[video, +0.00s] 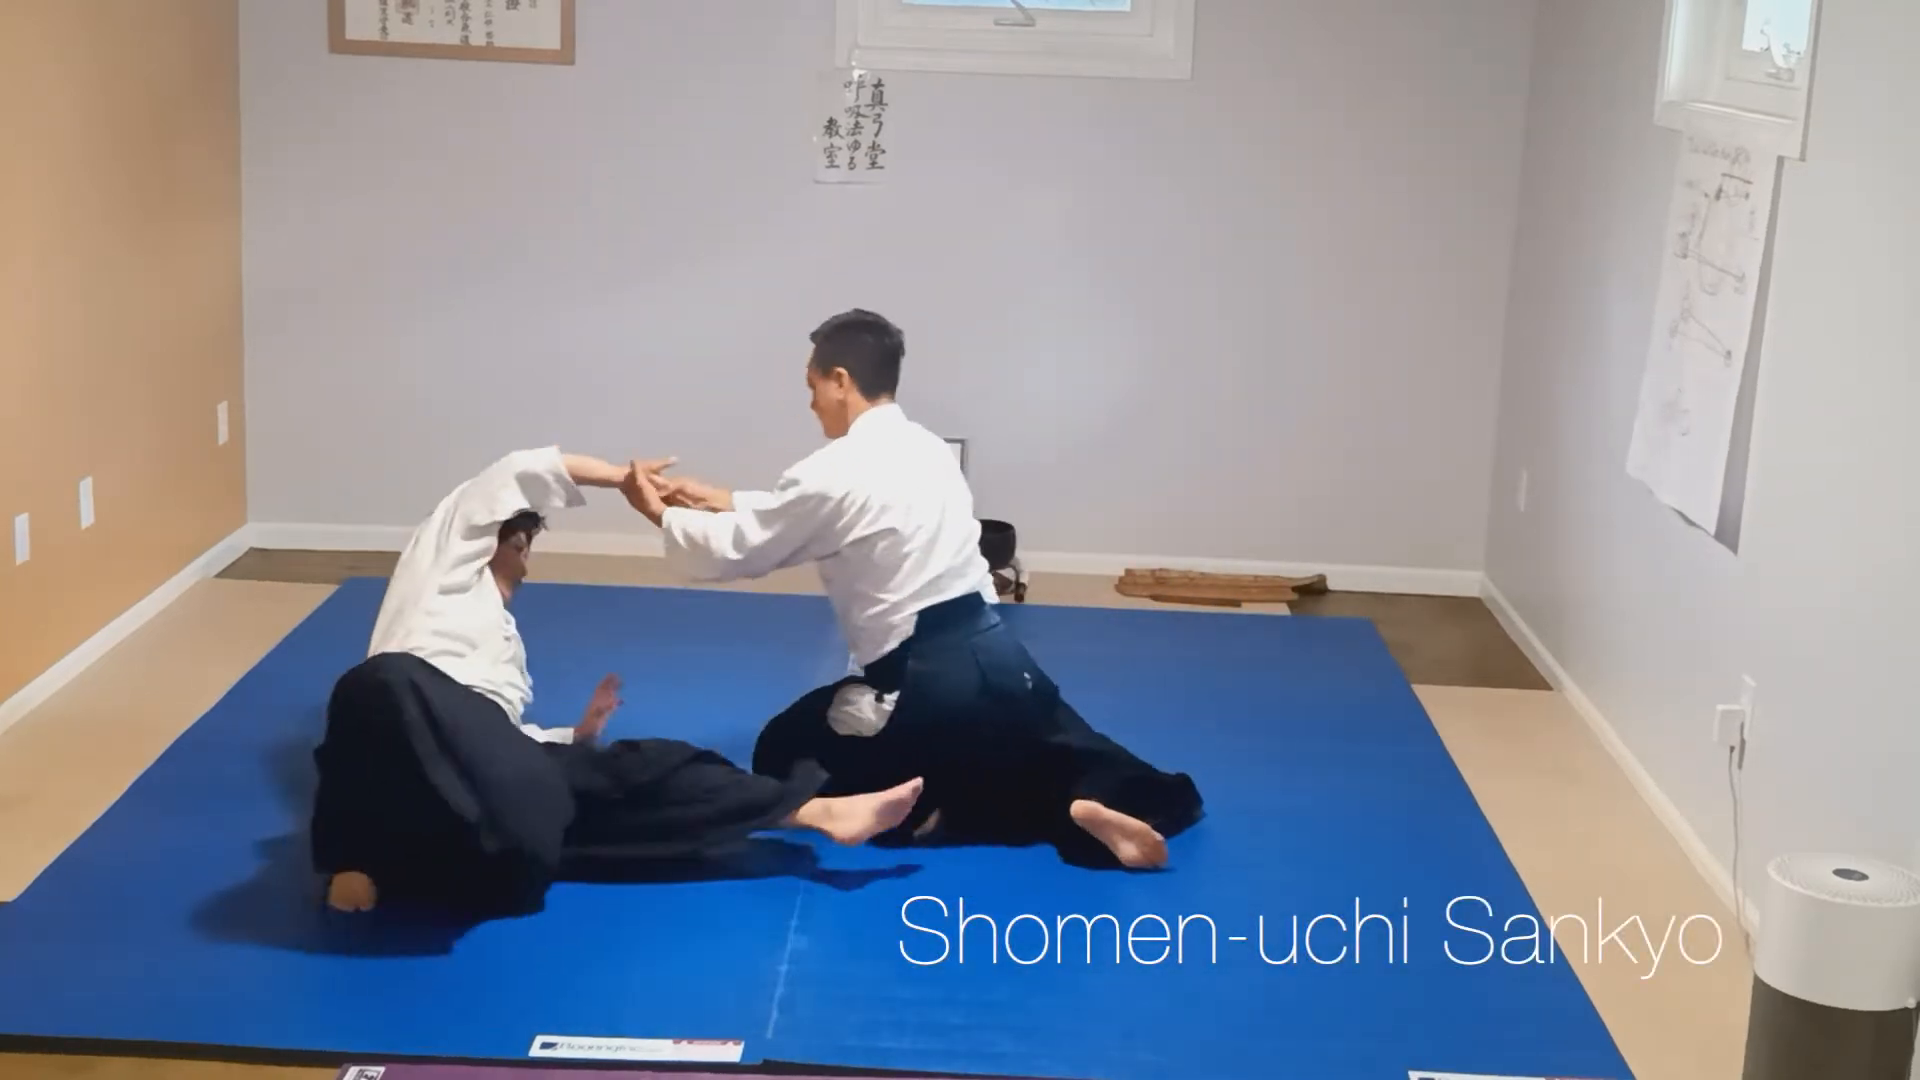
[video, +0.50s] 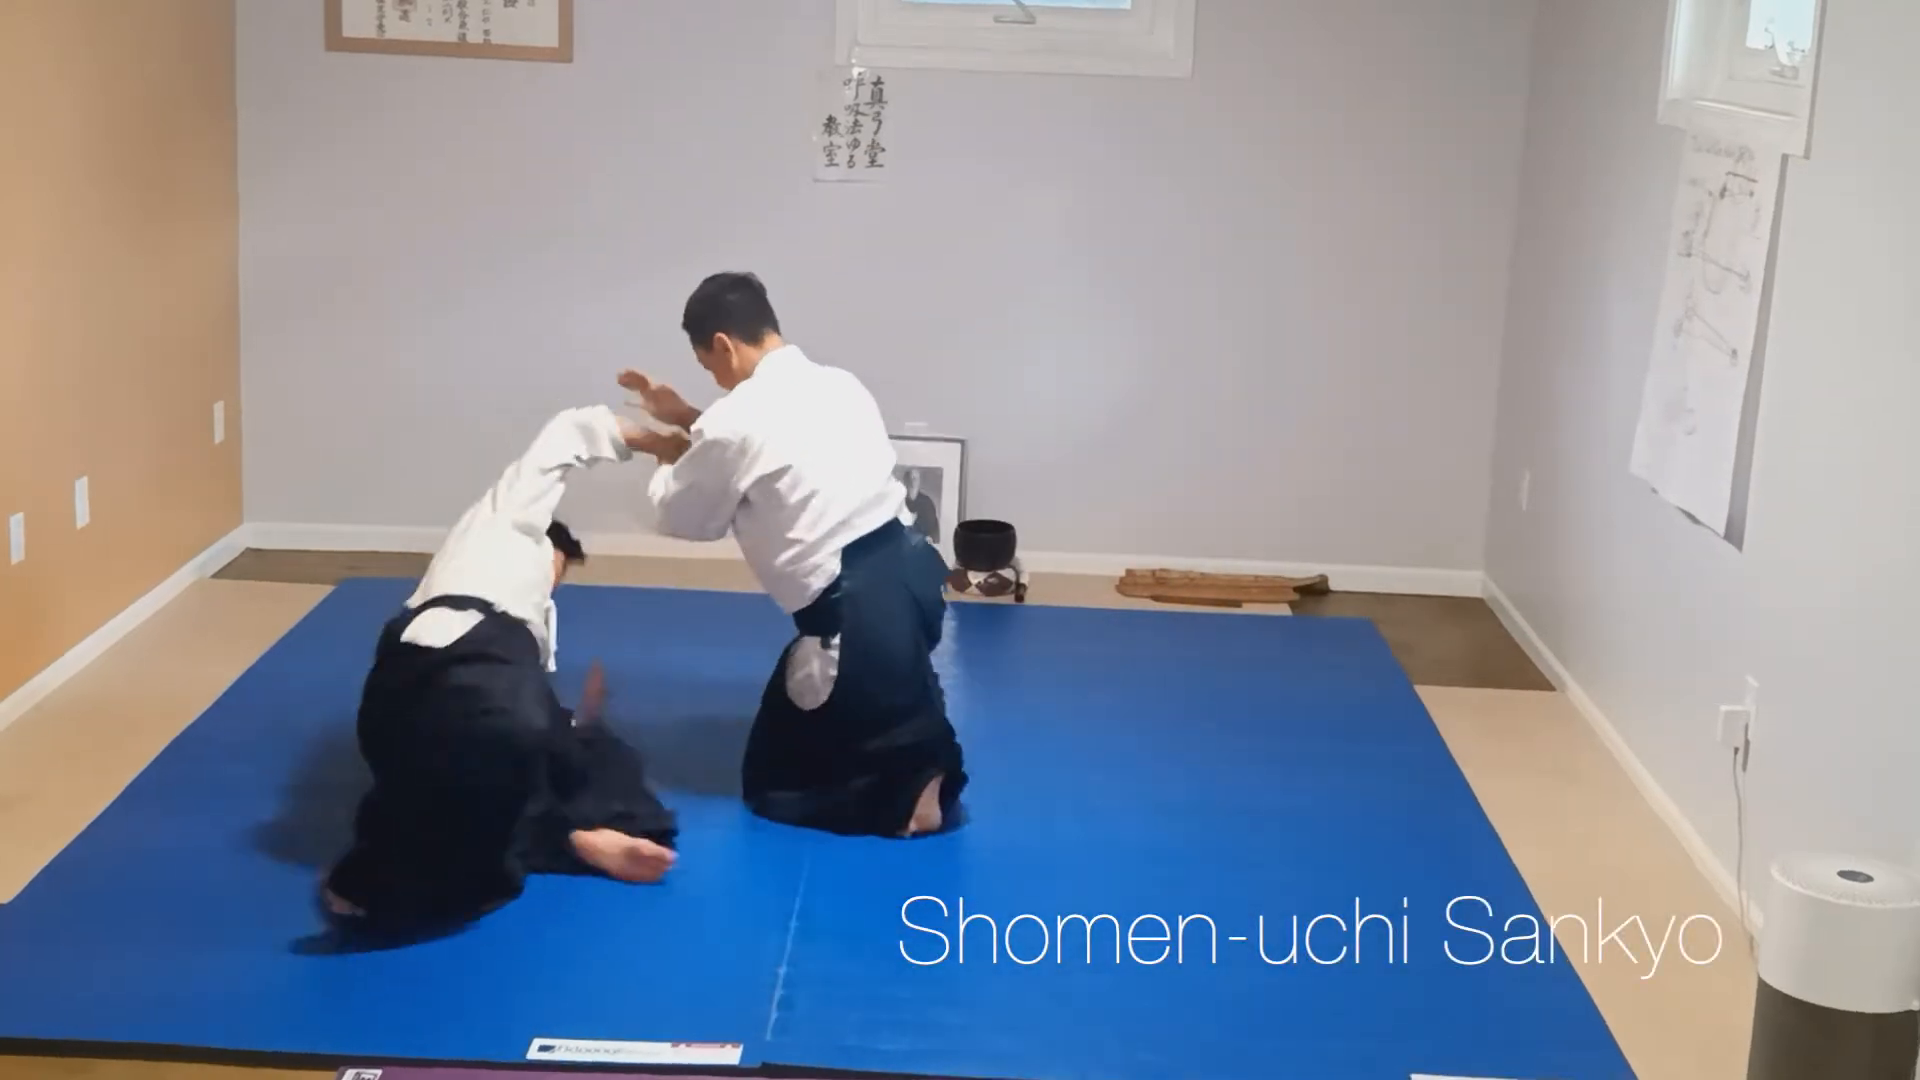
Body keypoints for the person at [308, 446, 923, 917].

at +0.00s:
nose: (528, 560)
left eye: (530, 546)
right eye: (521, 543)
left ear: (512, 551)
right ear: (488, 535)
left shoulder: (500, 641)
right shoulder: (445, 548)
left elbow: (503, 737)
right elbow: (523, 466)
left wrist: (577, 736)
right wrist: (623, 479)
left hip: (499, 771)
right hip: (419, 742)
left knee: (653, 767)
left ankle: (822, 814)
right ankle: (362, 866)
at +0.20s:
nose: (534, 572)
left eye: (538, 560)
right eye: (532, 553)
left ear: (512, 549)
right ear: (496, 532)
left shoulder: (499, 637)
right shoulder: (445, 538)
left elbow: (509, 746)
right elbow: (497, 437)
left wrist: (587, 746)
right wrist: (602, 429)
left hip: (493, 757)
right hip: (420, 725)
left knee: (659, 794)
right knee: (368, 695)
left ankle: (817, 849)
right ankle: (396, 867)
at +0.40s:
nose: (559, 577)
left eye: (565, 567)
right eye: (561, 560)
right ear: (541, 532)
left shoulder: (517, 618)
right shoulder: (497, 515)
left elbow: (510, 720)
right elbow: (543, 422)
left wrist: (586, 734)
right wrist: (642, 420)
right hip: (444, 680)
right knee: (604, 761)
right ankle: (674, 837)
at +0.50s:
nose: (558, 583)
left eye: (562, 575)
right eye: (561, 570)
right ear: (551, 544)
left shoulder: (534, 612)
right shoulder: (513, 511)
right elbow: (569, 431)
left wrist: (577, 725)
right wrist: (643, 437)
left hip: (392, 693)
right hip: (482, 669)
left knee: (413, 796)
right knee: (595, 752)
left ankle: (354, 884)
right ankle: (605, 824)